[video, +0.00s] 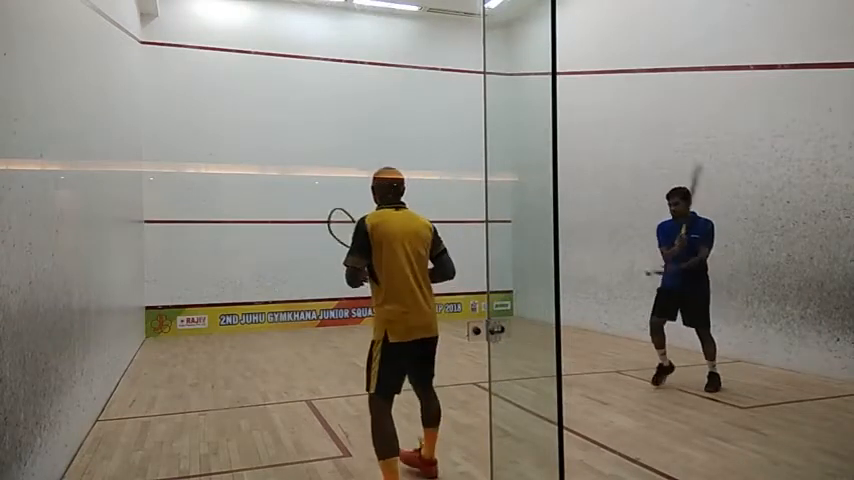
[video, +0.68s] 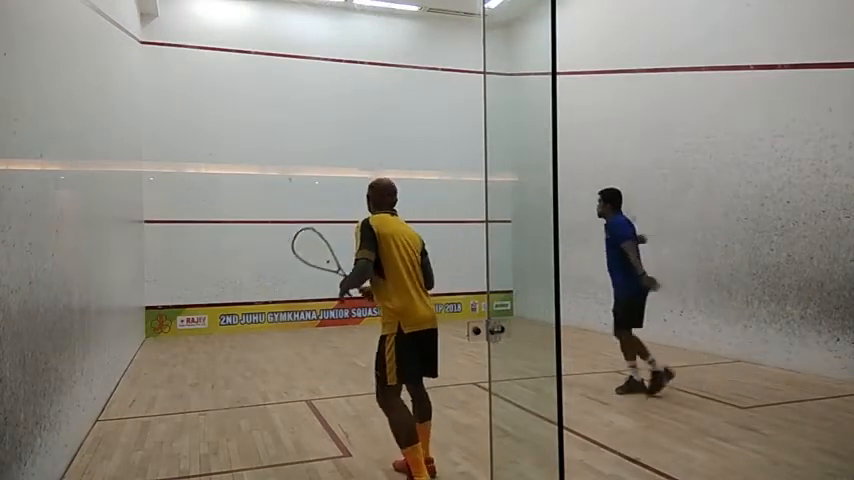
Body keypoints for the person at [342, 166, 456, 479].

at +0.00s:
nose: (373, 194)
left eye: (373, 189)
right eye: (378, 188)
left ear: (375, 192)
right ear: (402, 192)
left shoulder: (369, 224)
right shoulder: (423, 223)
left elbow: (354, 278)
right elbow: (447, 270)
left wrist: (365, 271)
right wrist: (415, 276)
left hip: (391, 331)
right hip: (427, 328)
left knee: (380, 403)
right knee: (426, 388)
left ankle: (391, 475)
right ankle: (428, 457)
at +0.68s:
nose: (367, 201)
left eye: (368, 196)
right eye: (369, 195)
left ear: (370, 199)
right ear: (396, 201)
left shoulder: (370, 225)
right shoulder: (412, 233)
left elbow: (364, 269)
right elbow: (427, 282)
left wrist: (347, 283)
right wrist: (378, 288)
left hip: (399, 325)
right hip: (426, 322)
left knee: (388, 397)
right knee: (417, 385)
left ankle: (419, 472)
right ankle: (424, 457)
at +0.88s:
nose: (352, 210)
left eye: (354, 205)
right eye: (354, 205)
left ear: (358, 209)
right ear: (382, 210)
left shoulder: (362, 236)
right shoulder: (392, 240)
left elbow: (361, 285)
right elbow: (392, 296)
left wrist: (333, 316)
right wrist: (356, 312)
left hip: (392, 338)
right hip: (410, 335)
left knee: (374, 409)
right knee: (395, 396)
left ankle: (410, 474)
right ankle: (420, 459)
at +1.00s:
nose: (336, 223)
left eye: (339, 218)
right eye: (338, 217)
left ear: (347, 222)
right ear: (365, 221)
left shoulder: (358, 254)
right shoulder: (367, 251)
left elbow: (361, 309)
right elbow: (363, 306)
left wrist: (327, 340)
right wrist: (329, 310)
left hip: (387, 349)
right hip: (377, 345)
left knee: (362, 420)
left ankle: (403, 472)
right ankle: (385, 435)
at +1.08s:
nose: (324, 225)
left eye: (329, 220)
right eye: (326, 220)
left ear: (341, 224)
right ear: (348, 226)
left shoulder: (352, 259)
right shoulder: (344, 260)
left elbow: (356, 316)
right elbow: (330, 304)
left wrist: (320, 355)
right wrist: (314, 303)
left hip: (382, 349)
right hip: (367, 345)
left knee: (361, 421)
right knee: (335, 368)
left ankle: (405, 474)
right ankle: (346, 438)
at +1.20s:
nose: (293, 231)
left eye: (295, 226)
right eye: (294, 226)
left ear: (303, 230)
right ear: (317, 228)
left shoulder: (328, 260)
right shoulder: (308, 258)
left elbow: (336, 313)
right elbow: (276, 283)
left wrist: (320, 352)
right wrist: (295, 285)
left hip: (359, 344)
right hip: (336, 343)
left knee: (363, 409)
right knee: (311, 388)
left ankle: (404, 472)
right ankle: (282, 436)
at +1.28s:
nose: (280, 235)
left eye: (282, 231)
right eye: (280, 230)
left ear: (291, 233)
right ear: (305, 229)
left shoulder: (315, 263)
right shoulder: (306, 253)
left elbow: (330, 316)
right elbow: (280, 266)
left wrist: (312, 361)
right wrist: (256, 281)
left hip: (340, 348)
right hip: (324, 347)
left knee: (349, 410)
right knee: (298, 389)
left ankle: (398, 473)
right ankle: (269, 442)